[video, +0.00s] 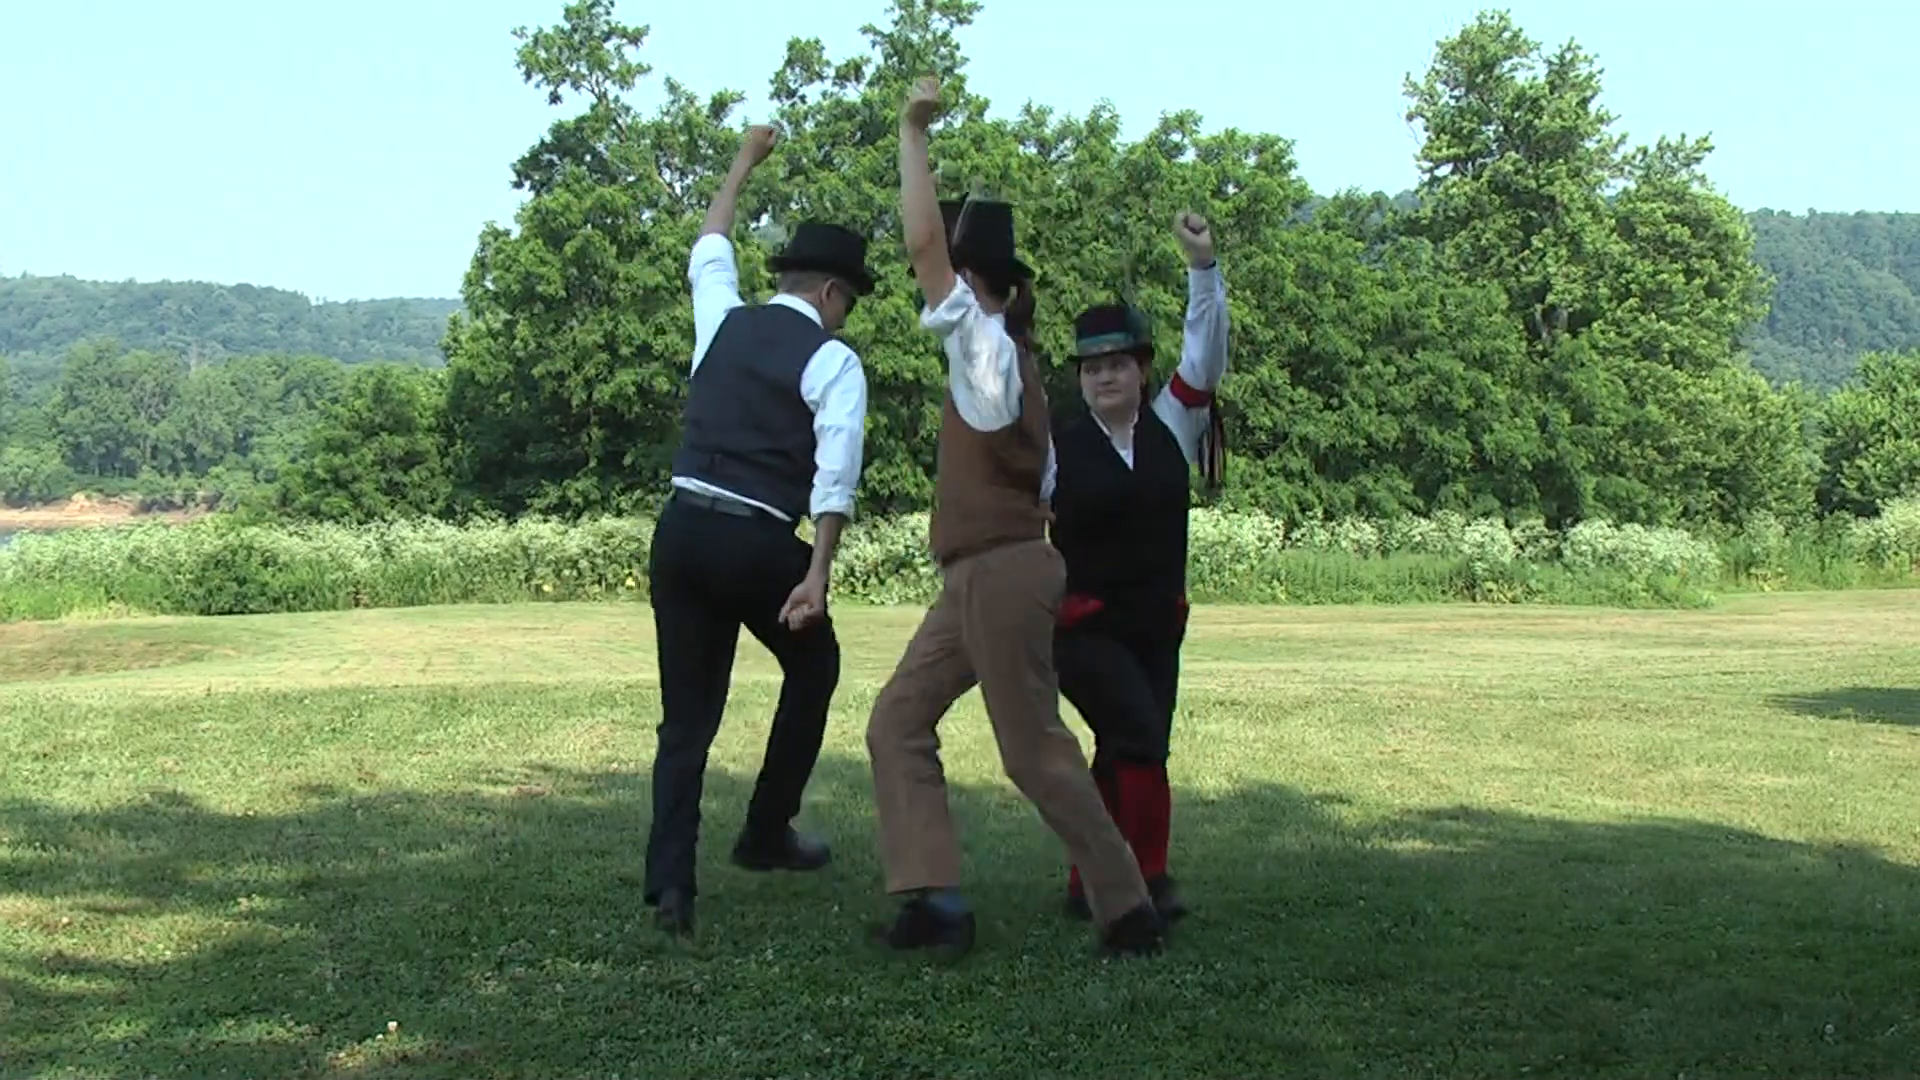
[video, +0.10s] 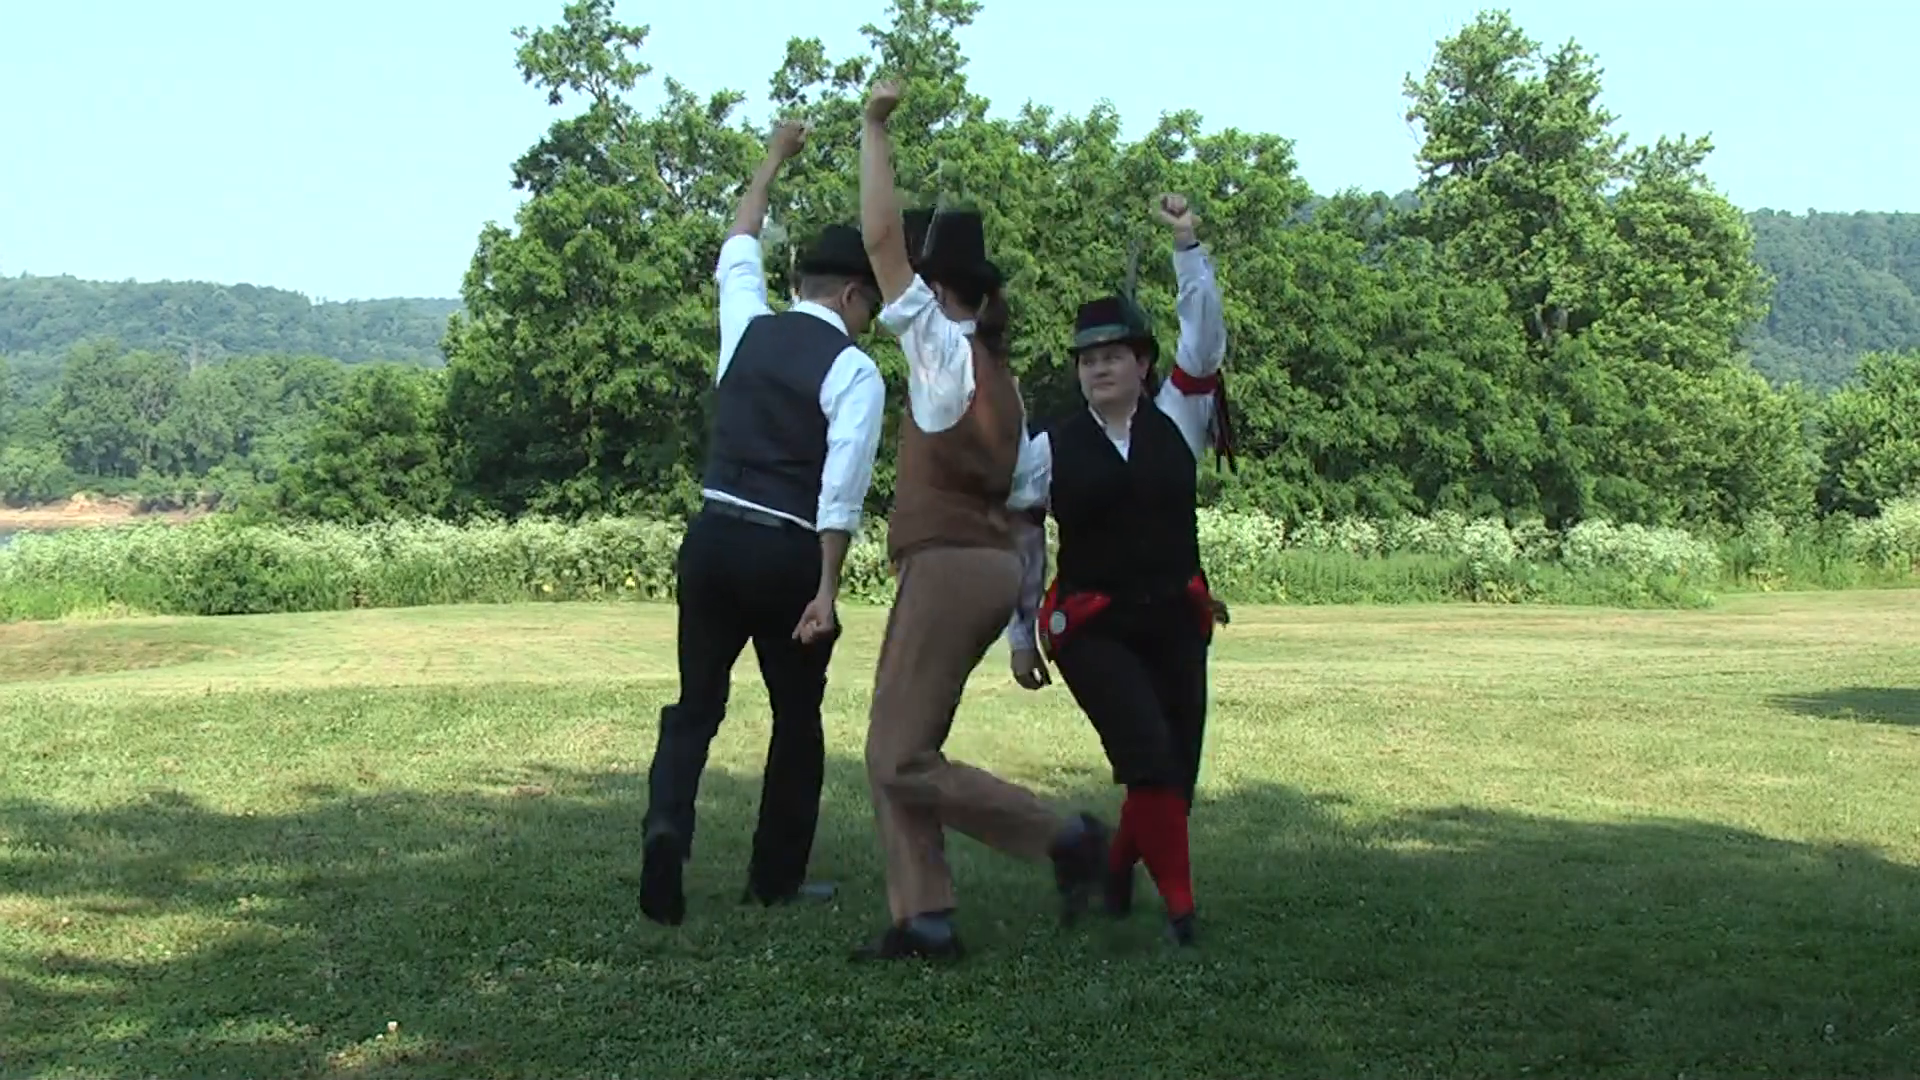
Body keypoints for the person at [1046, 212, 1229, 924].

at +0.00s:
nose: (1107, 376)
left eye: (1118, 363)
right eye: (1094, 367)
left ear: (1142, 367)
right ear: (1078, 377)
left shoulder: (1170, 422)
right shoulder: (1060, 444)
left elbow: (1203, 351)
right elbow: (1023, 515)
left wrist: (1202, 267)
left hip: (1156, 622)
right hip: (1081, 622)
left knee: (1124, 752)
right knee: (1139, 727)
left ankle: (1091, 881)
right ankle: (1150, 878)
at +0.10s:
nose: (1101, 370)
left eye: (1114, 358)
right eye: (1090, 360)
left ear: (1143, 363)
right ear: (1077, 371)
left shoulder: (1177, 415)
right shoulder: (1050, 445)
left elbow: (1204, 334)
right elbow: (1025, 539)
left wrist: (1188, 245)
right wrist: (1021, 629)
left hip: (1175, 617)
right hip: (1091, 620)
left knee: (1175, 772)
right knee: (1150, 757)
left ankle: (1114, 863)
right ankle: (1181, 913)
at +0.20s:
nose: (1093, 372)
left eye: (1106, 359)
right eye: (1084, 363)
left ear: (1142, 367)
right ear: (1073, 377)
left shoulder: (1178, 420)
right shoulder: (1055, 462)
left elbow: (1196, 332)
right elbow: (1031, 564)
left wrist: (1167, 242)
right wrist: (1032, 660)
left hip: (1192, 621)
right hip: (1107, 636)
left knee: (1226, 772)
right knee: (1159, 773)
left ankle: (1166, 829)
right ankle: (1188, 916)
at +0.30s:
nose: (1083, 355)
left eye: (1097, 341)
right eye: (1075, 345)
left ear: (1134, 345)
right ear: (1069, 358)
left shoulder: (1177, 392)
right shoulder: (1051, 440)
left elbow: (1192, 317)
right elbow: (1030, 538)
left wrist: (1155, 229)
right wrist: (1040, 631)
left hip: (1194, 584)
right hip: (1108, 608)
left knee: (1192, 666)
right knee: (1149, 774)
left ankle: (1237, 785)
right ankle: (1188, 916)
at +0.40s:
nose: (1072, 324)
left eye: (1085, 311)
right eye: (1065, 315)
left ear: (1126, 313)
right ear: (1064, 327)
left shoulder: (1170, 364)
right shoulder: (1047, 408)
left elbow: (1183, 277)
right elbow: (1032, 513)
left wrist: (1140, 188)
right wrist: (1038, 604)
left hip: (1195, 541)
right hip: (1107, 573)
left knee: (1147, 608)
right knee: (1144, 746)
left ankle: (1219, 733)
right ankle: (1186, 899)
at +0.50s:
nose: (1060, 325)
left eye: (1072, 311)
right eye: (1056, 315)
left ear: (1118, 312)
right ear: (1063, 326)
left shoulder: (1160, 363)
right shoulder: (1048, 405)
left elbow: (1165, 278)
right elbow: (1038, 510)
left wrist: (1122, 181)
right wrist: (1045, 603)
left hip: (1188, 548)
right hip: (1106, 578)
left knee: (1121, 616)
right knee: (1149, 754)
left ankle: (1195, 740)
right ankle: (1192, 911)